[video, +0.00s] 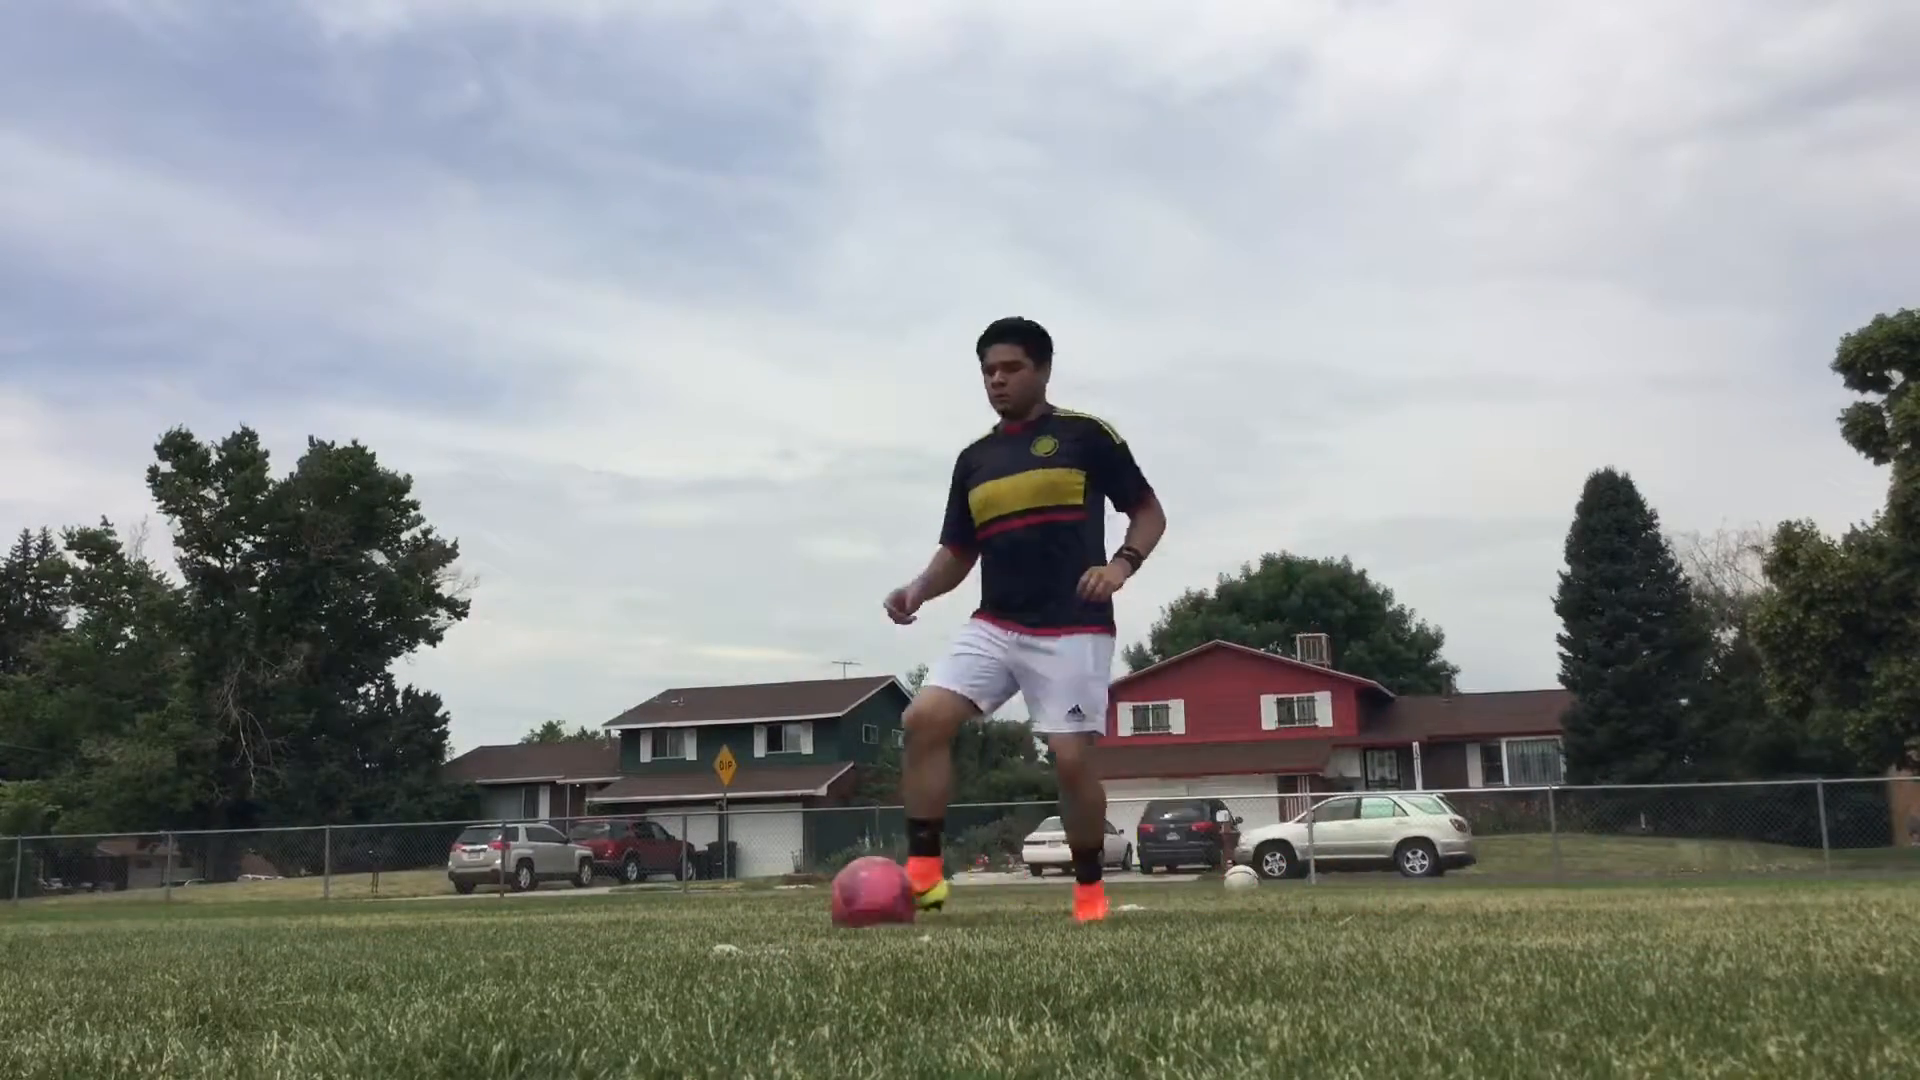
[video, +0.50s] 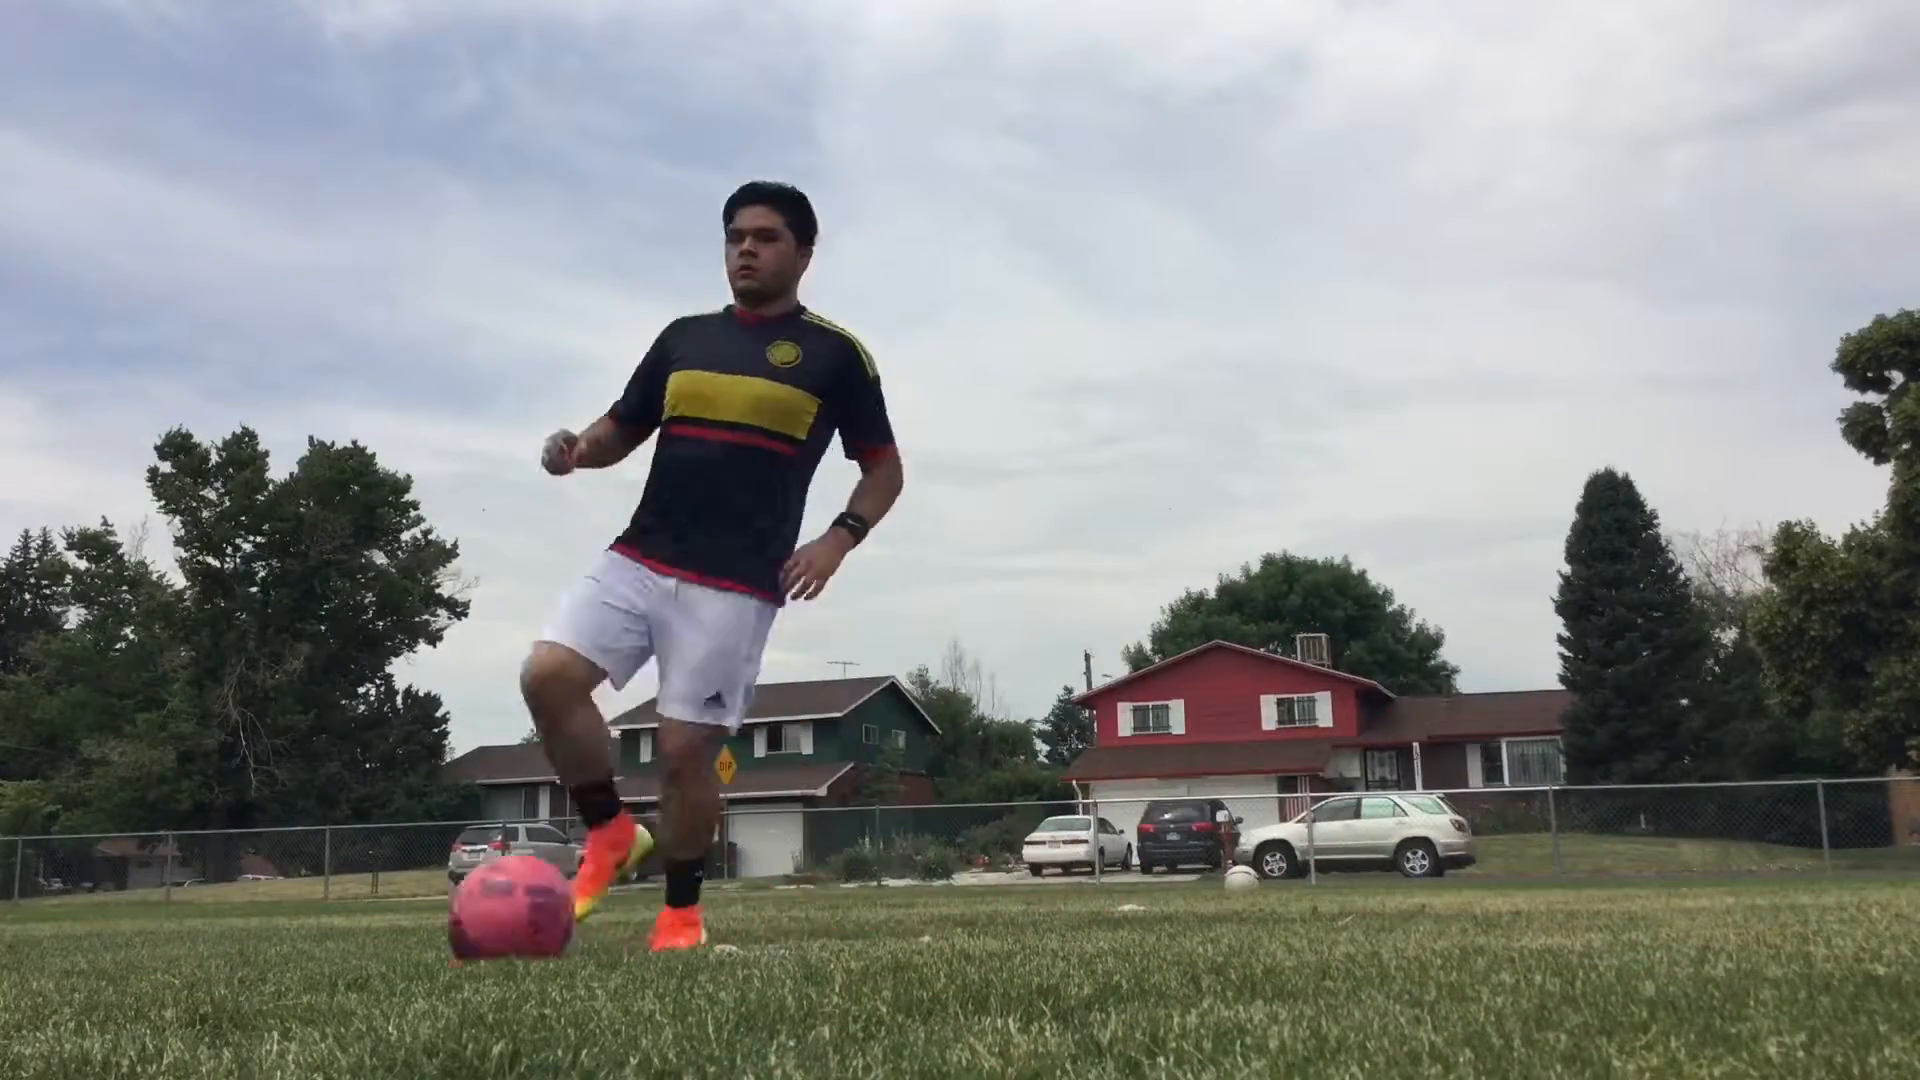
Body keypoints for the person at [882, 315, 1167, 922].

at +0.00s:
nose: (997, 380)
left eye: (1010, 369)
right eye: (989, 372)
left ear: (1043, 371)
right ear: (982, 378)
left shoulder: (1088, 437)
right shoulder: (974, 460)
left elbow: (1149, 512)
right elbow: (957, 551)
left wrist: (1121, 564)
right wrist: (918, 588)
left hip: (1073, 629)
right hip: (996, 626)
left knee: (1071, 759)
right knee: (924, 720)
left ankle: (1088, 891)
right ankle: (924, 875)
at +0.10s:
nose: (936, 349)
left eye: (950, 337)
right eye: (928, 339)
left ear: (986, 340)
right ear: (920, 344)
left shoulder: (1027, 407)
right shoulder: (913, 425)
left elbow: (1096, 487)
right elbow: (914, 515)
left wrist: (1059, 553)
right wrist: (878, 569)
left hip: (1003, 604)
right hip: (925, 603)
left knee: (1002, 748)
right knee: (874, 724)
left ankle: (1053, 859)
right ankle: (844, 880)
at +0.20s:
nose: (881, 340)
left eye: (896, 329)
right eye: (873, 329)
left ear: (932, 334)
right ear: (865, 336)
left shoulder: (971, 412)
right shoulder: (847, 422)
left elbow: (1029, 505)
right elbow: (832, 517)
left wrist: (1003, 585)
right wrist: (801, 576)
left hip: (932, 605)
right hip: (853, 609)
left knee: (895, 740)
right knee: (836, 746)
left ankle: (946, 859)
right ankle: (853, 906)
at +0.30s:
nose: (836, 317)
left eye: (853, 304)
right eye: (826, 305)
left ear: (888, 315)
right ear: (817, 314)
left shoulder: (925, 402)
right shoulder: (786, 401)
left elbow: (969, 502)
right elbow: (749, 490)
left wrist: (943, 587)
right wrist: (720, 542)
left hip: (869, 595)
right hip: (785, 601)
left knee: (805, 714)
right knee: (780, 759)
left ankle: (764, 886)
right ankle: (839, 891)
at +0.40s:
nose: (791, 294)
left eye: (809, 281)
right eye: (782, 281)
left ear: (846, 293)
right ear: (769, 291)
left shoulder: (880, 389)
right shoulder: (733, 379)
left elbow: (917, 502)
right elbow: (687, 469)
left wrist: (880, 589)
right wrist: (647, 506)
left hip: (798, 592)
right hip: (710, 583)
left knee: (726, 741)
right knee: (658, 749)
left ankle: (687, 922)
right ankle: (749, 850)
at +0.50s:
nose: (746, 250)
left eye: (765, 238)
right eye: (737, 238)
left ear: (804, 253)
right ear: (724, 250)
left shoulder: (837, 356)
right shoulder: (682, 340)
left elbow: (885, 468)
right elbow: (622, 429)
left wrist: (837, 540)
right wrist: (578, 449)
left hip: (735, 581)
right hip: (641, 557)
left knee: (683, 751)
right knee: (548, 678)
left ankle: (680, 910)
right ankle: (610, 828)